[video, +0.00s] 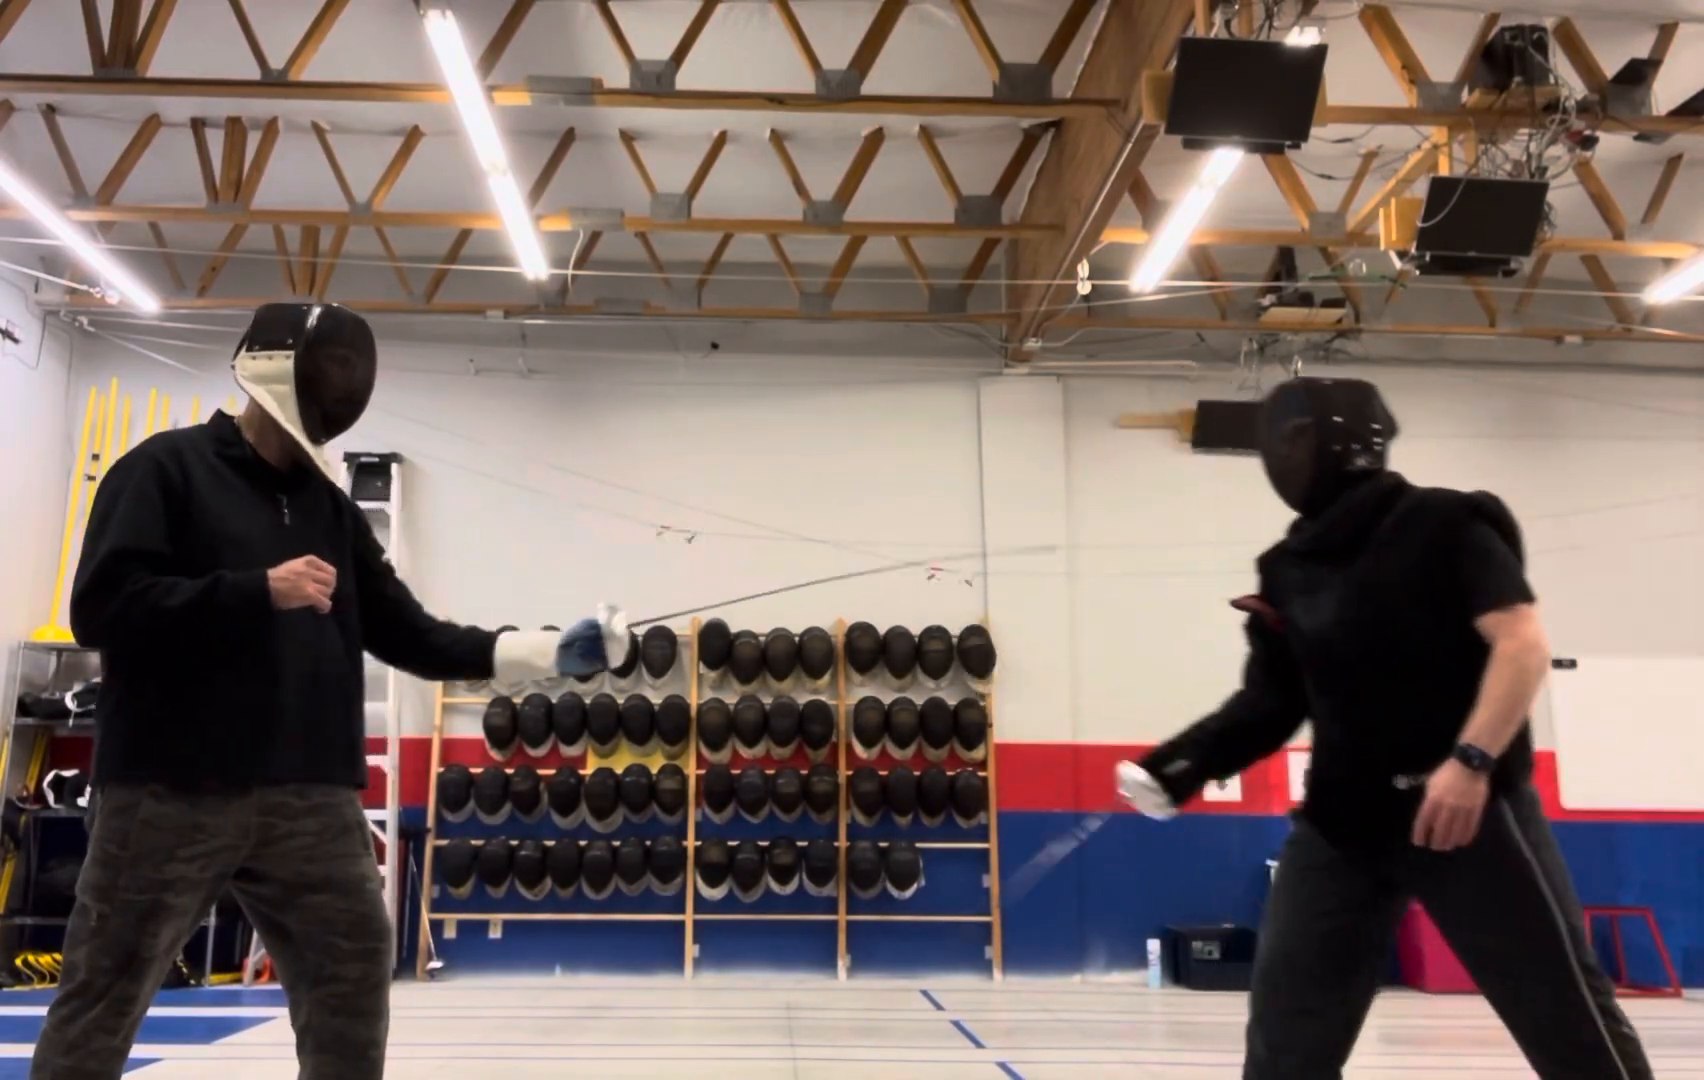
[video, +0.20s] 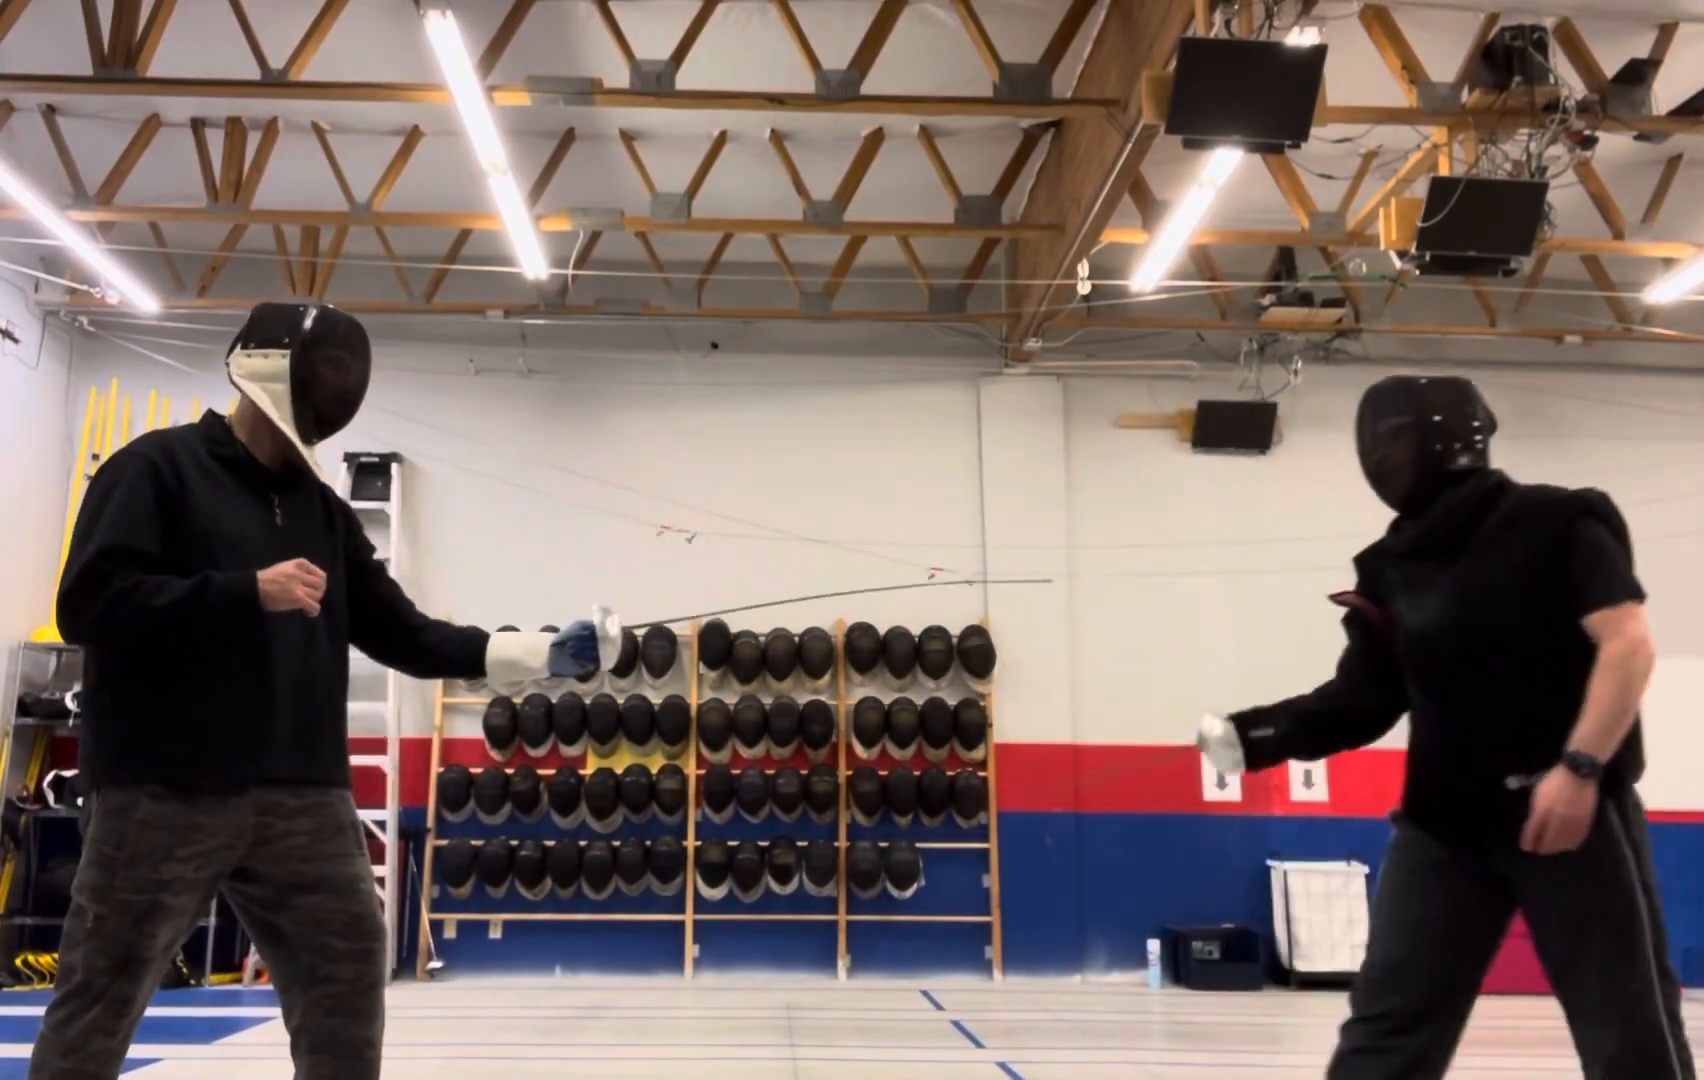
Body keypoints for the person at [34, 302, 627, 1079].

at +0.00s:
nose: (332, 402)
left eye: (342, 388)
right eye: (318, 380)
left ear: (339, 395)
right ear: (266, 372)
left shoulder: (328, 507)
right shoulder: (158, 471)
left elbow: (401, 630)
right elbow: (101, 607)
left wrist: (526, 651)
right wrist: (256, 589)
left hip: (306, 797)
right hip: (165, 792)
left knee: (351, 969)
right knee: (102, 998)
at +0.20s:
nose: (322, 402)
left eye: (335, 387)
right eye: (310, 379)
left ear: (337, 395)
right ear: (256, 368)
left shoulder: (321, 511)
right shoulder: (149, 469)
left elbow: (397, 631)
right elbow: (88, 603)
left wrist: (520, 652)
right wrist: (244, 590)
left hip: (300, 797)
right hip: (160, 793)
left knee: (346, 976)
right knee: (99, 1001)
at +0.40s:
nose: (322, 399)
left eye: (332, 386)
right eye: (309, 376)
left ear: (331, 394)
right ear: (258, 366)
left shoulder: (319, 508)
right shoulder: (147, 469)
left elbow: (405, 622)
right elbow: (91, 607)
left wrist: (546, 640)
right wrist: (247, 589)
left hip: (300, 794)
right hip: (161, 791)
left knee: (345, 972)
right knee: (100, 1000)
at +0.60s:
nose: (319, 404)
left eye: (331, 389)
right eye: (309, 380)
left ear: (332, 395)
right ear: (260, 368)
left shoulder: (322, 507)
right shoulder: (150, 470)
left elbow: (412, 618)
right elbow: (95, 608)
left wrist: (555, 633)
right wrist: (252, 589)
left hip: (304, 798)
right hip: (165, 794)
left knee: (349, 972)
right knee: (102, 1002)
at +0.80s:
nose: (319, 405)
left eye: (332, 391)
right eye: (309, 381)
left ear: (333, 397)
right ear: (260, 367)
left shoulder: (323, 506)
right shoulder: (152, 469)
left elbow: (411, 617)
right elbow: (97, 608)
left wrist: (558, 633)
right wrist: (253, 589)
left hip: (305, 797)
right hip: (166, 793)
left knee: (348, 973)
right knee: (103, 1000)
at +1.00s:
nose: (326, 398)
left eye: (337, 384)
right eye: (312, 375)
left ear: (337, 392)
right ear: (258, 366)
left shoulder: (325, 507)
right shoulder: (154, 469)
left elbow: (407, 623)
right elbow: (99, 606)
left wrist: (550, 630)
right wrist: (254, 589)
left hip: (305, 796)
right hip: (166, 793)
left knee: (348, 982)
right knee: (101, 1002)